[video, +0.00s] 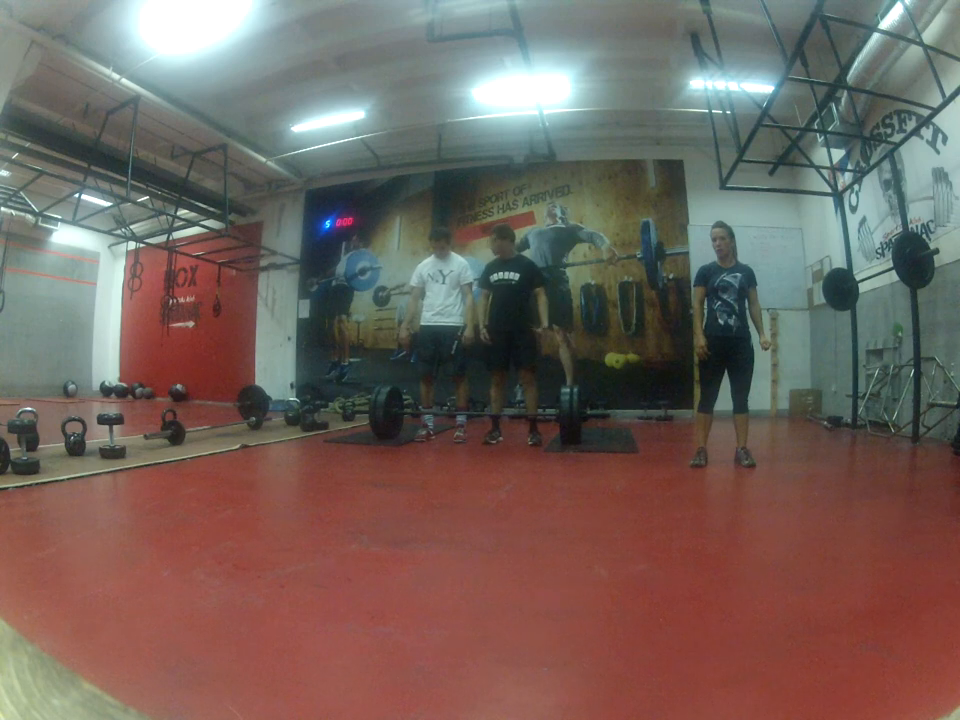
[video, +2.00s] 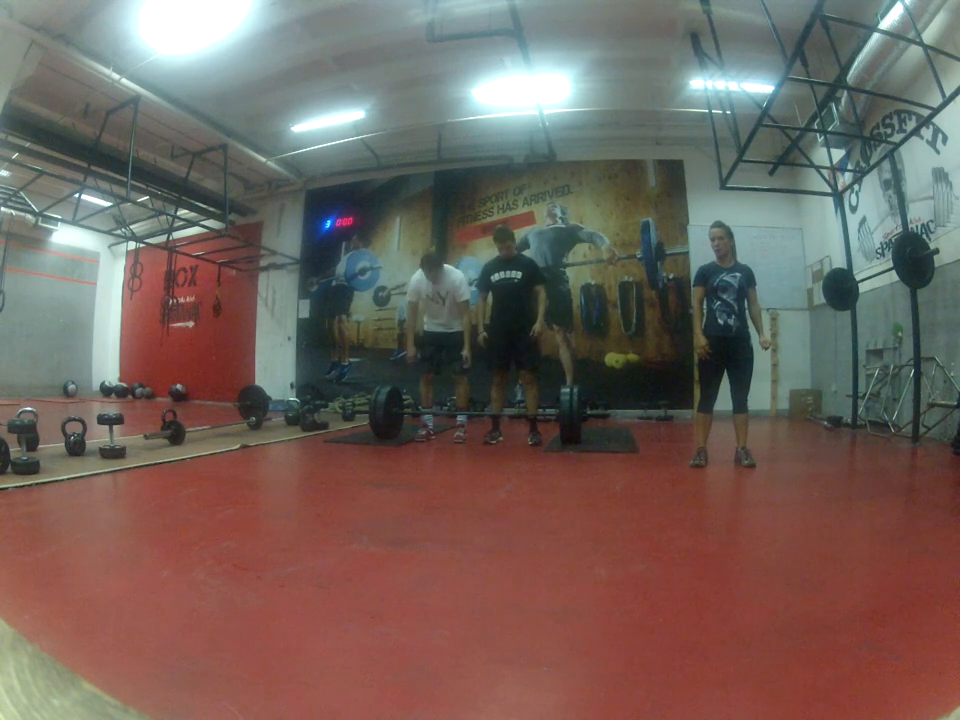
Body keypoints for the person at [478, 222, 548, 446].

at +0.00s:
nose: (491, 246)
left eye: (494, 242)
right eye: (491, 242)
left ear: (507, 241)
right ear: (497, 242)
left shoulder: (528, 265)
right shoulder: (491, 267)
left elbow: (541, 294)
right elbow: (483, 298)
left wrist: (544, 324)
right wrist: (482, 325)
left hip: (524, 329)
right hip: (497, 330)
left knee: (527, 377)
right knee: (497, 378)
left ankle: (533, 428)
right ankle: (495, 428)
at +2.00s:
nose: (505, 250)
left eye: (508, 246)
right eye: (501, 247)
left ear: (514, 243)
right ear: (495, 246)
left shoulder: (528, 264)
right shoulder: (489, 267)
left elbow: (541, 292)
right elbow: (482, 299)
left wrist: (540, 321)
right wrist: (481, 327)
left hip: (525, 329)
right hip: (499, 329)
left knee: (528, 378)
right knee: (499, 378)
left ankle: (533, 428)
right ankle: (495, 428)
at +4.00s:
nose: (506, 300)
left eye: (508, 296)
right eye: (502, 296)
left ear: (515, 291)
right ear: (496, 292)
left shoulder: (530, 299)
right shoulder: (489, 300)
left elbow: (540, 330)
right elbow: (480, 332)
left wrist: (541, 367)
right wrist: (480, 369)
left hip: (526, 341)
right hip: (501, 341)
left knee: (530, 378)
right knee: (498, 378)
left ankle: (534, 429)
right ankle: (495, 428)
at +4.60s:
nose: (508, 335)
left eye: (511, 331)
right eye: (504, 331)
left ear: (517, 326)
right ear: (498, 327)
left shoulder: (529, 332)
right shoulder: (490, 332)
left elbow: (540, 367)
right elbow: (479, 366)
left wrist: (548, 402)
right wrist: (477, 400)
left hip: (524, 354)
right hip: (500, 355)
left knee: (530, 382)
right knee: (495, 383)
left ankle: (533, 430)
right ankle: (495, 429)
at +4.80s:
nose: (509, 295)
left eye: (512, 290)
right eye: (505, 290)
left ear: (518, 288)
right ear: (499, 289)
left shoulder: (529, 306)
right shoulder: (489, 306)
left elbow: (540, 339)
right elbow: (481, 339)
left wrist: (546, 373)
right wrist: (477, 374)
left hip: (526, 345)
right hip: (500, 346)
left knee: (531, 380)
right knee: (496, 380)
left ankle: (534, 430)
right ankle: (495, 429)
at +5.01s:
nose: (510, 249)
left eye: (513, 245)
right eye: (506, 245)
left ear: (520, 244)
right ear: (500, 244)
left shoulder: (531, 270)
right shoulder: (491, 271)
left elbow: (538, 304)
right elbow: (482, 305)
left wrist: (543, 335)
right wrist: (477, 336)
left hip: (526, 332)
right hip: (500, 331)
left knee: (529, 377)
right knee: (497, 377)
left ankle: (534, 428)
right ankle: (495, 428)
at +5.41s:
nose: (506, 276)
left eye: (510, 272)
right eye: (503, 272)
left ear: (516, 272)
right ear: (497, 273)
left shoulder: (530, 293)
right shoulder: (490, 295)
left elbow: (539, 327)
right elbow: (481, 328)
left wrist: (544, 360)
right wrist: (476, 363)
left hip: (525, 341)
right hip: (499, 342)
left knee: (531, 374)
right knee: (496, 377)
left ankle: (534, 428)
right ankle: (495, 428)